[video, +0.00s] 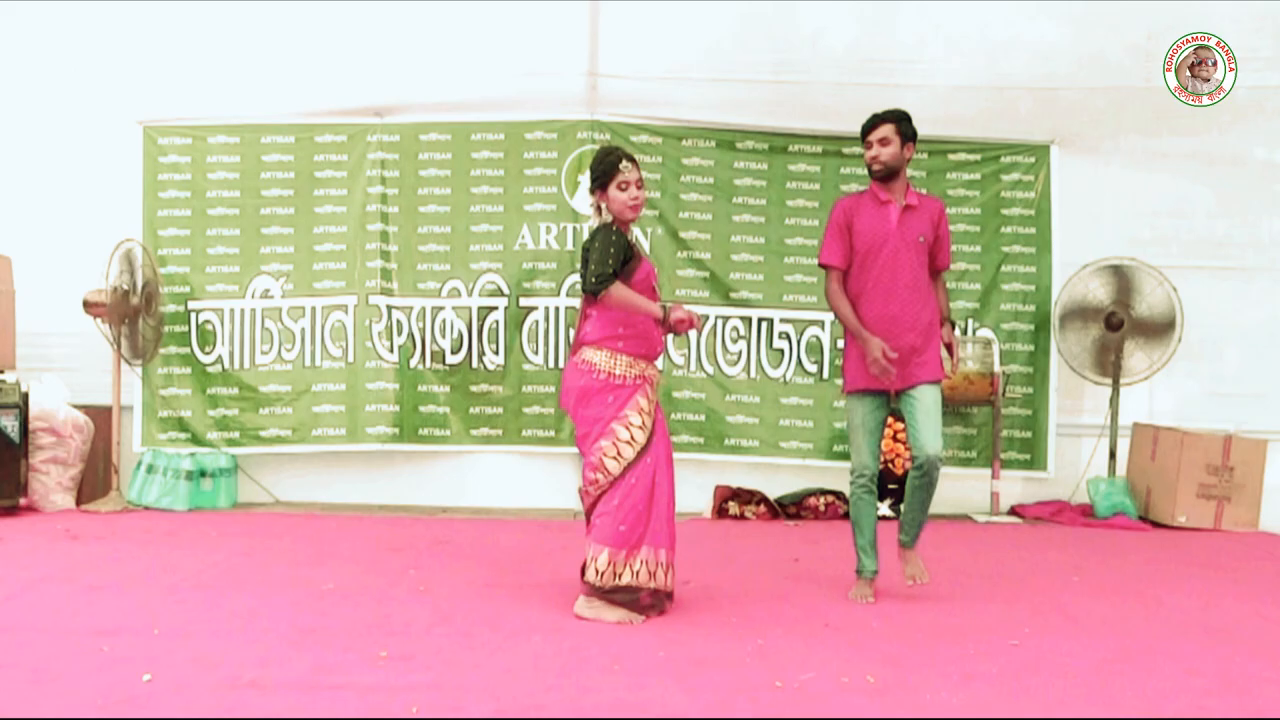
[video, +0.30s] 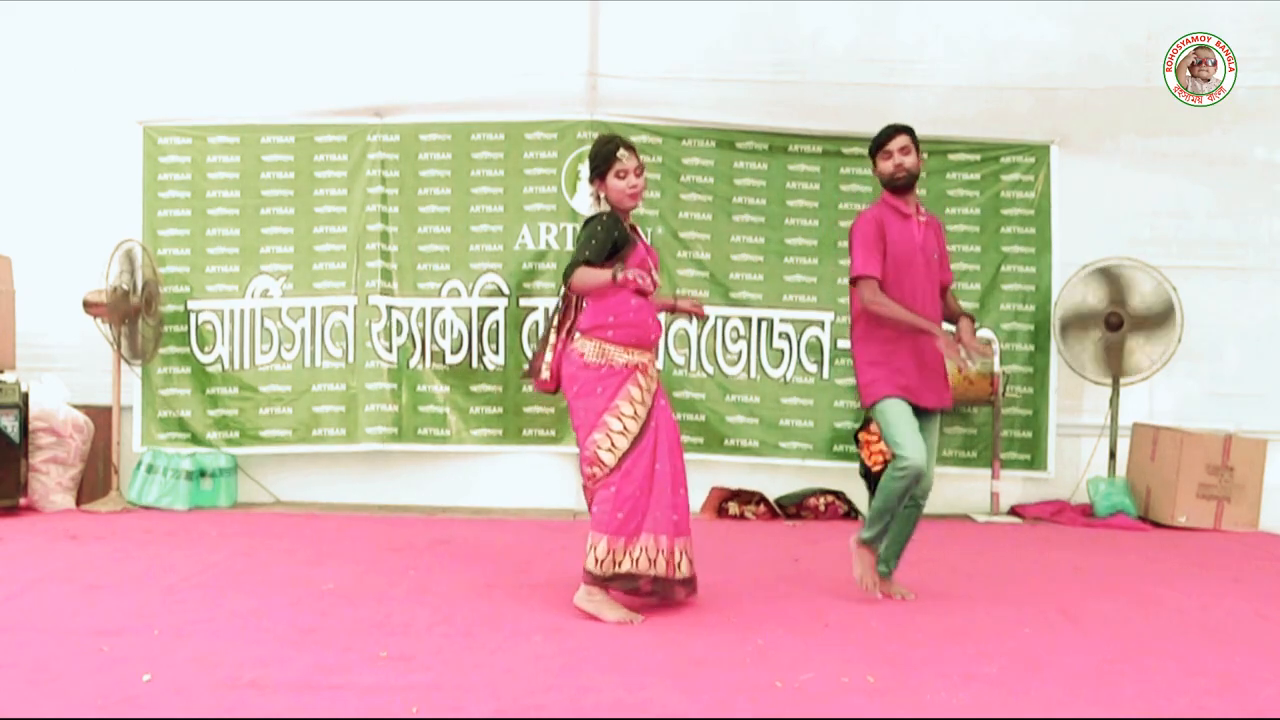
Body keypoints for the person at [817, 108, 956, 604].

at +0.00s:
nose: (875, 150)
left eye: (885, 143)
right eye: (869, 144)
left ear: (909, 151)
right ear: (864, 152)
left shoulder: (931, 209)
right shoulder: (848, 209)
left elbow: (936, 277)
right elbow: (833, 287)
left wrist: (945, 324)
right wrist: (865, 338)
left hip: (920, 357)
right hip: (866, 356)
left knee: (930, 454)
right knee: (864, 470)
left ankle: (908, 543)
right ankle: (865, 572)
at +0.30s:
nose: (899, 160)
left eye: (906, 152)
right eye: (889, 155)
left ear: (921, 159)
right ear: (876, 168)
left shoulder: (933, 226)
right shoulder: (870, 222)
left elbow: (944, 296)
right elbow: (869, 299)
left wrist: (964, 324)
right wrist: (933, 330)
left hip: (926, 365)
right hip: (881, 366)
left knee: (922, 478)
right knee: (911, 462)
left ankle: (885, 571)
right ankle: (866, 544)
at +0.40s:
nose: (912, 147)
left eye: (918, 138)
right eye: (900, 141)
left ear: (929, 145)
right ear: (884, 153)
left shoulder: (933, 208)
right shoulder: (883, 198)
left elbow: (952, 273)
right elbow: (893, 252)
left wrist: (982, 259)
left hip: (923, 352)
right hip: (887, 349)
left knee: (908, 454)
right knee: (936, 437)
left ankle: (883, 558)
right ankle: (882, 553)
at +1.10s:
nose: (925, 147)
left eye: (935, 138)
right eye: (916, 141)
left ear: (955, 149)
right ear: (907, 155)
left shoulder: (979, 221)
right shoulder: (891, 212)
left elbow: (998, 306)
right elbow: (874, 291)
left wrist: (991, 299)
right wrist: (929, 249)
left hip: (965, 370)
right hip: (908, 368)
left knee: (962, 490)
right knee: (917, 482)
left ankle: (947, 594)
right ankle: (916, 610)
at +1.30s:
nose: (910, 143)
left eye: (921, 135)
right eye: (909, 135)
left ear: (949, 144)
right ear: (908, 144)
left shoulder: (969, 198)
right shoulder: (897, 202)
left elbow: (991, 256)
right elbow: (873, 278)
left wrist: (922, 252)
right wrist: (868, 256)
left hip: (946, 356)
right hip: (896, 352)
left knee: (939, 472)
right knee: (870, 455)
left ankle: (948, 591)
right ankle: (903, 554)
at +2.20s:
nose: (961, 147)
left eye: (968, 139)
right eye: (950, 140)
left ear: (977, 148)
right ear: (931, 151)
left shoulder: (994, 208)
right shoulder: (914, 205)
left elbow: (1030, 277)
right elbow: (893, 269)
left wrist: (1009, 250)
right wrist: (956, 239)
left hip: (980, 355)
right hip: (926, 351)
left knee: (974, 476)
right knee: (927, 467)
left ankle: (948, 572)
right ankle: (900, 520)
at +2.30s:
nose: (973, 129)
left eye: (977, 121)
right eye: (961, 123)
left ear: (985, 129)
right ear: (939, 135)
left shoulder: (991, 191)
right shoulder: (929, 182)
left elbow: (1022, 257)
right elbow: (919, 240)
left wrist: (1014, 222)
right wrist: (973, 207)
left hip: (981, 338)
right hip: (938, 332)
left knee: (974, 458)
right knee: (955, 445)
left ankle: (928, 562)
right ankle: (910, 536)